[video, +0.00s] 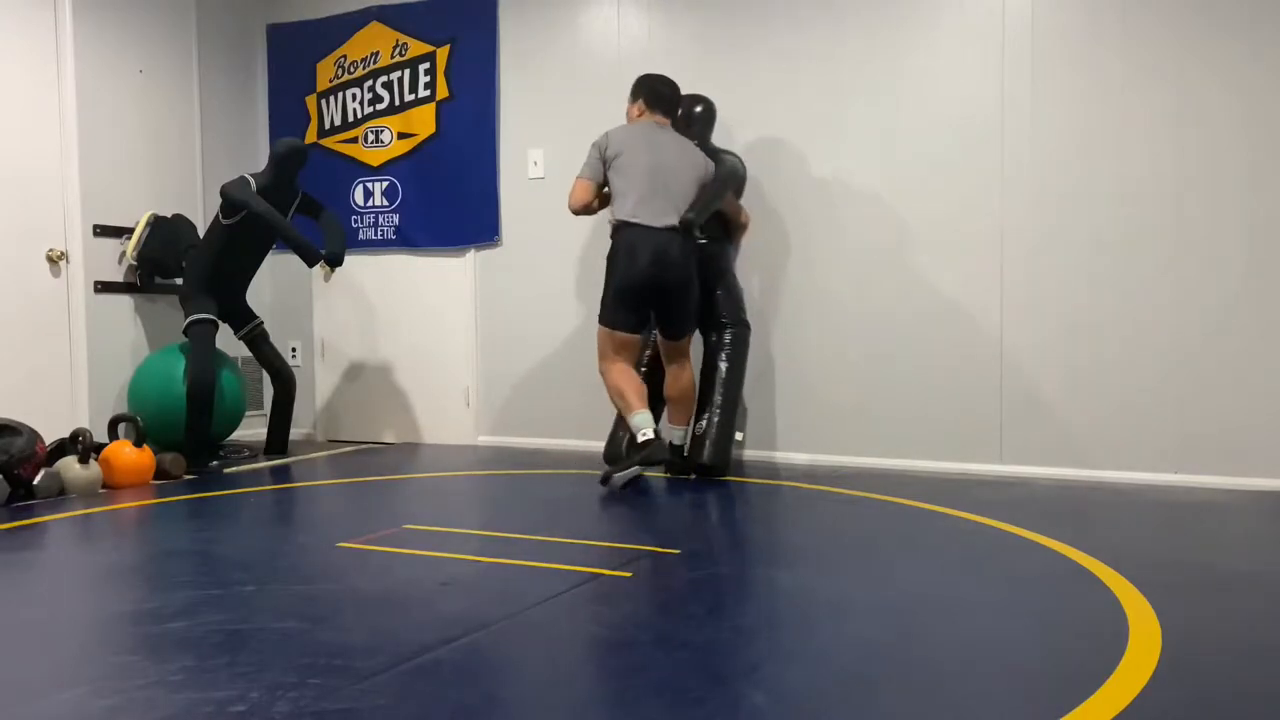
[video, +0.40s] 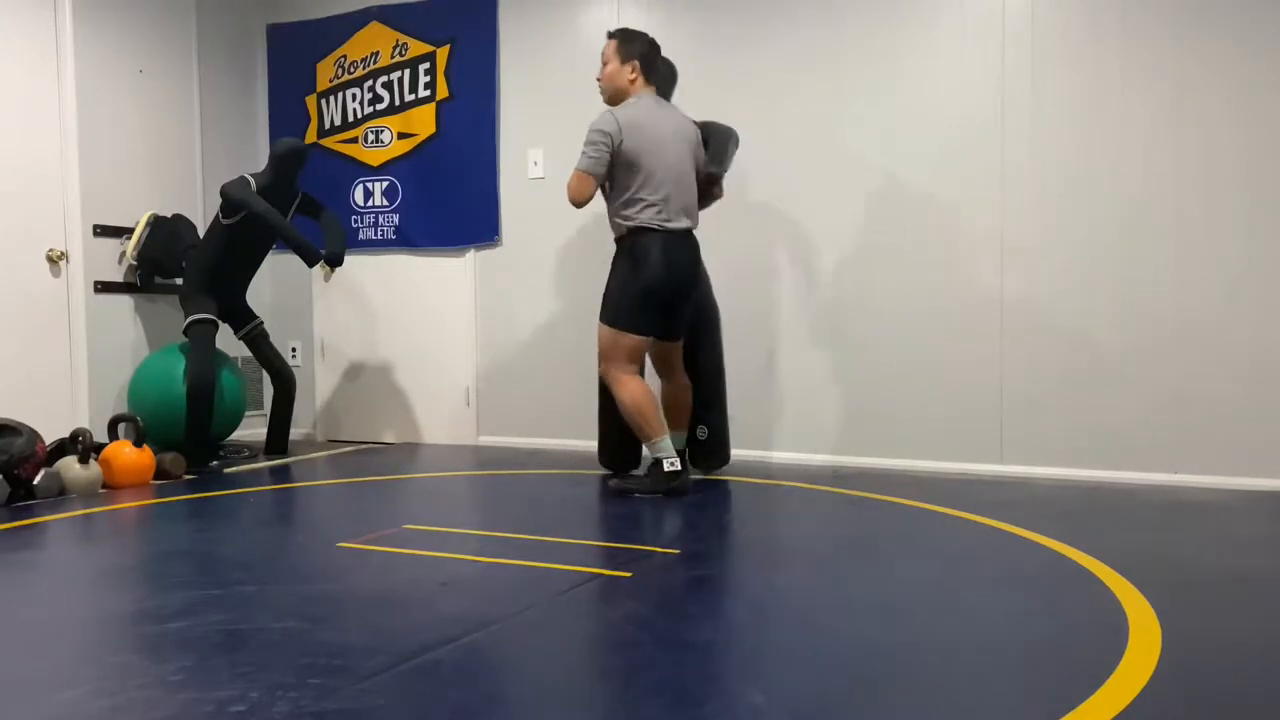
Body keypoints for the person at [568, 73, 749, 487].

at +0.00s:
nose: (628, 112)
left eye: (630, 106)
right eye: (630, 106)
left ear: (637, 107)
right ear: (675, 113)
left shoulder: (613, 139)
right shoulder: (699, 158)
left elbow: (579, 202)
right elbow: (738, 217)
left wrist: (612, 194)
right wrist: (730, 244)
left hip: (632, 255)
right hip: (680, 259)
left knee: (616, 356)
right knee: (677, 356)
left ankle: (646, 437)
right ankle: (677, 453)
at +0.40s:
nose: (598, 74)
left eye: (605, 64)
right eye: (600, 64)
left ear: (634, 69)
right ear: (641, 71)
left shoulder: (612, 121)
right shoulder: (686, 123)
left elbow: (578, 194)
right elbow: (706, 193)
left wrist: (601, 162)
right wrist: (669, 202)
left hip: (640, 254)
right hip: (684, 254)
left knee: (619, 367)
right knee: (671, 365)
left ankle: (665, 463)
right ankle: (675, 464)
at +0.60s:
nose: (592, 56)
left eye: (600, 45)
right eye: (592, 46)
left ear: (633, 53)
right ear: (632, 55)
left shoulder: (619, 112)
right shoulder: (664, 105)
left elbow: (586, 186)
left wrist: (574, 151)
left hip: (641, 244)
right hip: (670, 239)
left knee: (624, 362)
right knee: (635, 359)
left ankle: (667, 469)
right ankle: (662, 463)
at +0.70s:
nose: (586, 52)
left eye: (595, 42)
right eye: (585, 42)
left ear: (627, 49)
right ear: (625, 52)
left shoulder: (619, 107)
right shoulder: (649, 99)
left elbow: (585, 183)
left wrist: (567, 152)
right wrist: (586, 152)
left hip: (641, 241)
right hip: (657, 236)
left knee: (635, 361)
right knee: (608, 340)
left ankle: (669, 467)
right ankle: (617, 446)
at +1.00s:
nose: (555, 61)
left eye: (563, 50)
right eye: (554, 52)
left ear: (596, 53)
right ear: (591, 56)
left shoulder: (602, 105)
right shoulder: (602, 102)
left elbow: (576, 173)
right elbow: (579, 164)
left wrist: (542, 148)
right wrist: (553, 143)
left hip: (603, 248)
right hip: (580, 248)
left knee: (610, 372)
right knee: (549, 360)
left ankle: (667, 465)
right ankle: (535, 464)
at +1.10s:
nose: (537, 62)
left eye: (545, 51)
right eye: (536, 53)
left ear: (577, 53)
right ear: (567, 57)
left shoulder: (588, 104)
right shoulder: (569, 106)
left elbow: (571, 170)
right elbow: (560, 162)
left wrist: (527, 148)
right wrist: (531, 145)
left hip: (588, 247)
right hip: (559, 247)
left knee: (560, 367)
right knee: (532, 358)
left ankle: (647, 447)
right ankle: (532, 466)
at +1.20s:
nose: (518, 58)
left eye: (526, 46)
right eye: (516, 49)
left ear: (559, 49)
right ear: (553, 53)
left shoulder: (579, 101)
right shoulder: (548, 107)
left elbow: (567, 171)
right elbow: (544, 162)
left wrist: (515, 148)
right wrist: (502, 144)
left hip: (575, 243)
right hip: (545, 243)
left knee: (523, 354)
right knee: (520, 356)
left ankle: (606, 436)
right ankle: (529, 463)